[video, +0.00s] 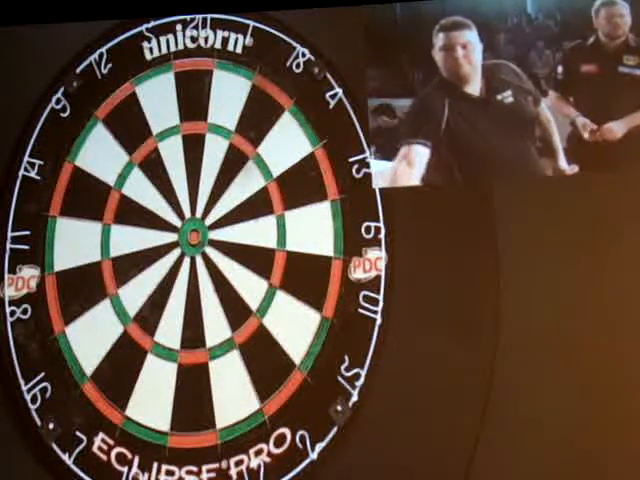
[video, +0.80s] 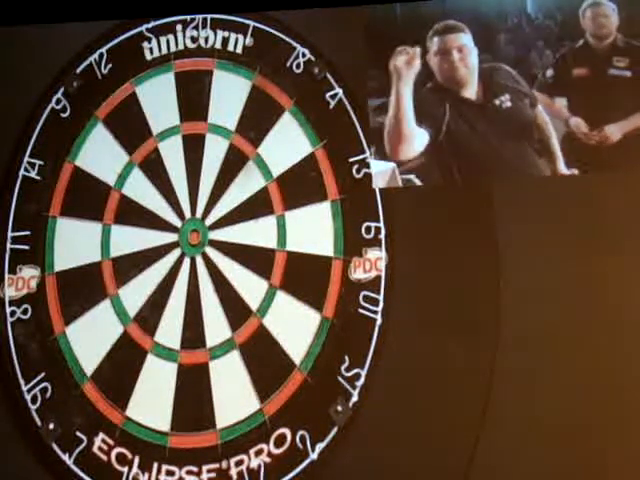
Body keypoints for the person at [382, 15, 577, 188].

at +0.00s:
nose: (458, 55)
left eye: (465, 46)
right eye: (448, 49)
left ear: (479, 49)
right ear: (435, 56)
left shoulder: (505, 74)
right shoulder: (432, 102)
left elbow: (542, 114)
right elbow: (409, 164)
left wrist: (560, 161)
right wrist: (396, 222)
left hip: (535, 197)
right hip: (475, 209)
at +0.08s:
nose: (457, 56)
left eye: (465, 47)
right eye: (446, 49)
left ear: (479, 51)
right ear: (434, 57)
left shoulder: (505, 74)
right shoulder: (431, 103)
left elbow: (542, 115)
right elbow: (407, 162)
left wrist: (561, 161)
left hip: (537, 197)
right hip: (478, 208)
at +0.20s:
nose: (456, 57)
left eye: (463, 47)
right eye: (445, 51)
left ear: (478, 51)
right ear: (433, 59)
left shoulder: (503, 74)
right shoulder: (432, 102)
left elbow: (542, 115)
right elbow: (402, 153)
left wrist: (561, 161)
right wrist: (367, 189)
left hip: (537, 195)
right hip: (480, 207)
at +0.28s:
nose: (455, 57)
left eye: (462, 48)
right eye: (444, 51)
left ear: (476, 52)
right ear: (432, 60)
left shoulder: (503, 75)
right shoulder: (432, 102)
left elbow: (541, 116)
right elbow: (402, 141)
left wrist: (560, 162)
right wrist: (366, 163)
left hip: (536, 194)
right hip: (479, 206)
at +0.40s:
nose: (455, 58)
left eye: (462, 49)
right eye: (444, 52)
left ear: (476, 52)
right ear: (431, 60)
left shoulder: (503, 76)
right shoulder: (430, 104)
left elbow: (540, 115)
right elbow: (404, 136)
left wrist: (559, 162)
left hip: (539, 188)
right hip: (484, 201)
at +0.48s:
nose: (454, 59)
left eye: (461, 49)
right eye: (443, 52)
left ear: (476, 52)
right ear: (430, 61)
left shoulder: (502, 76)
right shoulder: (432, 103)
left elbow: (539, 115)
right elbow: (393, 147)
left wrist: (559, 163)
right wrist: (373, 92)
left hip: (543, 194)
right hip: (485, 208)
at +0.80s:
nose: (454, 59)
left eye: (461, 49)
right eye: (443, 53)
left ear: (475, 52)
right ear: (430, 61)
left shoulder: (500, 76)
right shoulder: (431, 101)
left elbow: (538, 116)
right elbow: (401, 152)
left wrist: (560, 166)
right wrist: (403, 82)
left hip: (543, 192)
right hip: (485, 206)